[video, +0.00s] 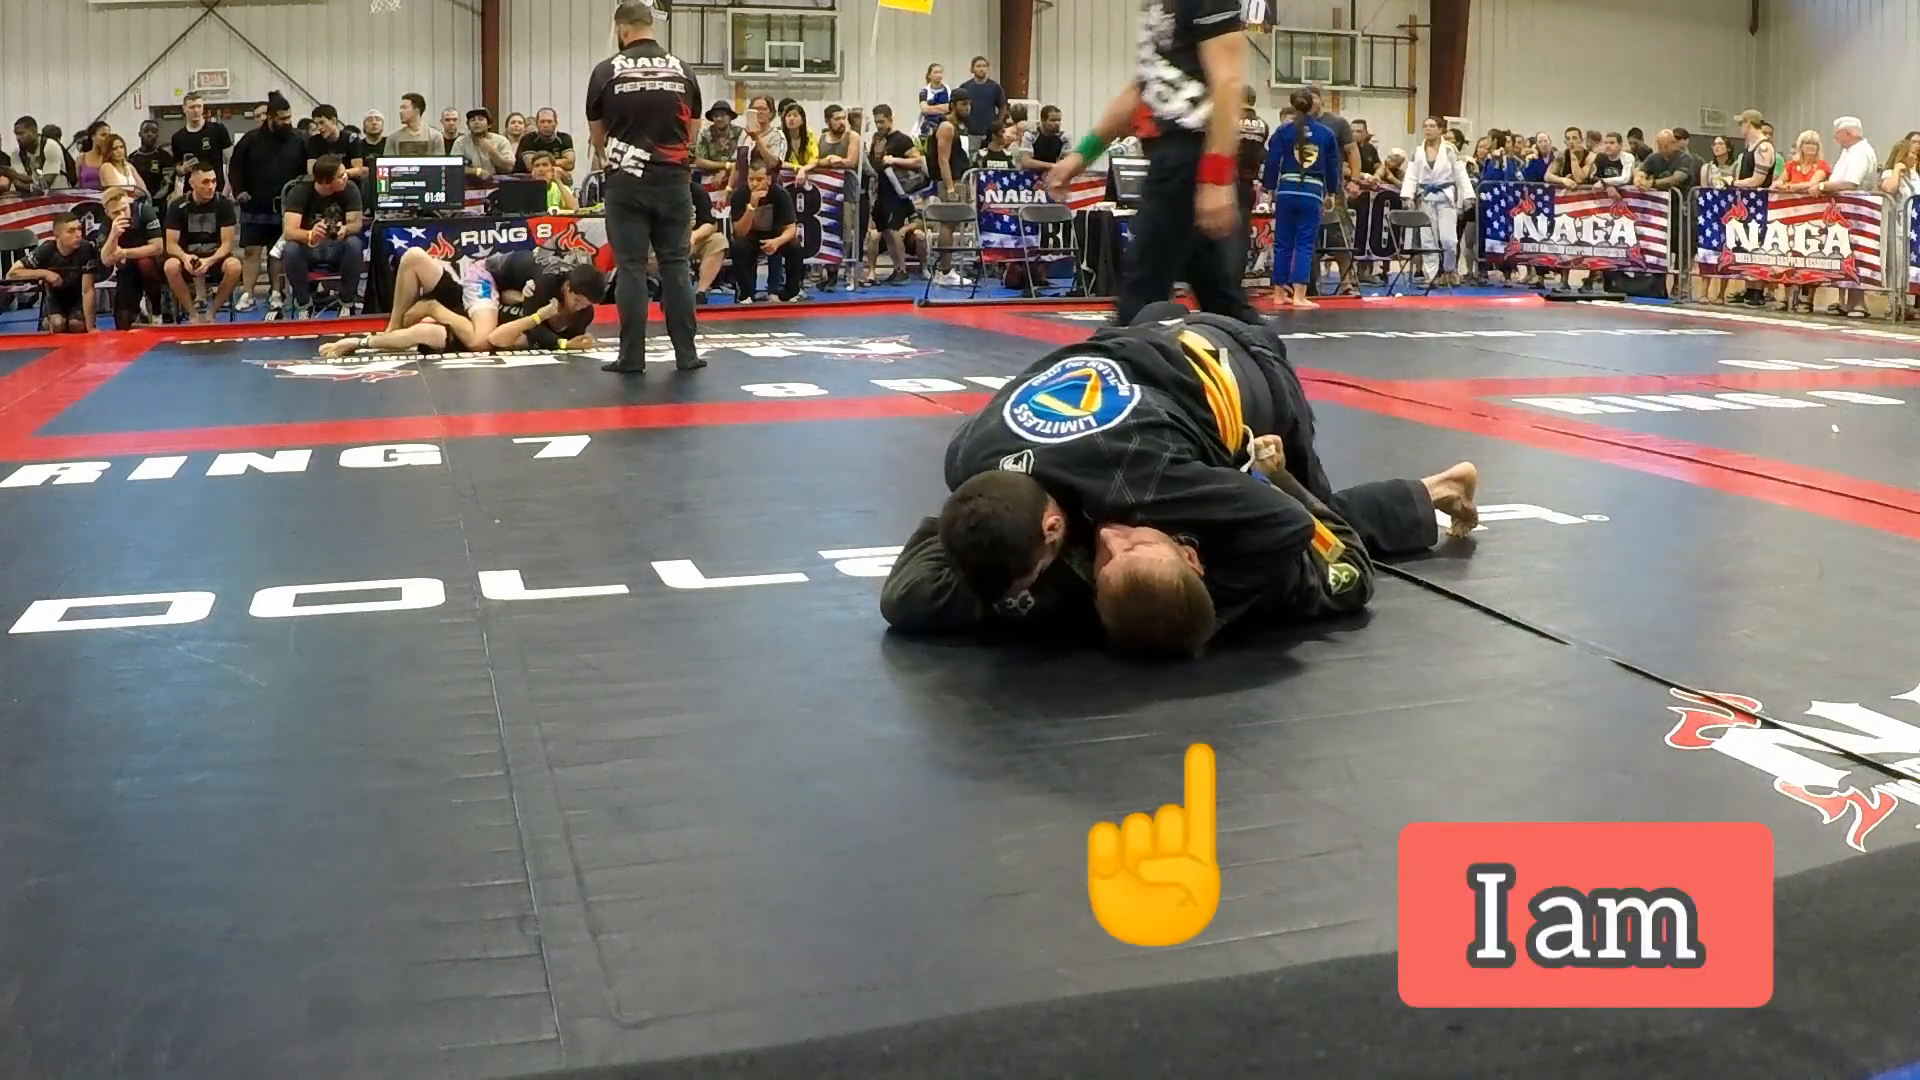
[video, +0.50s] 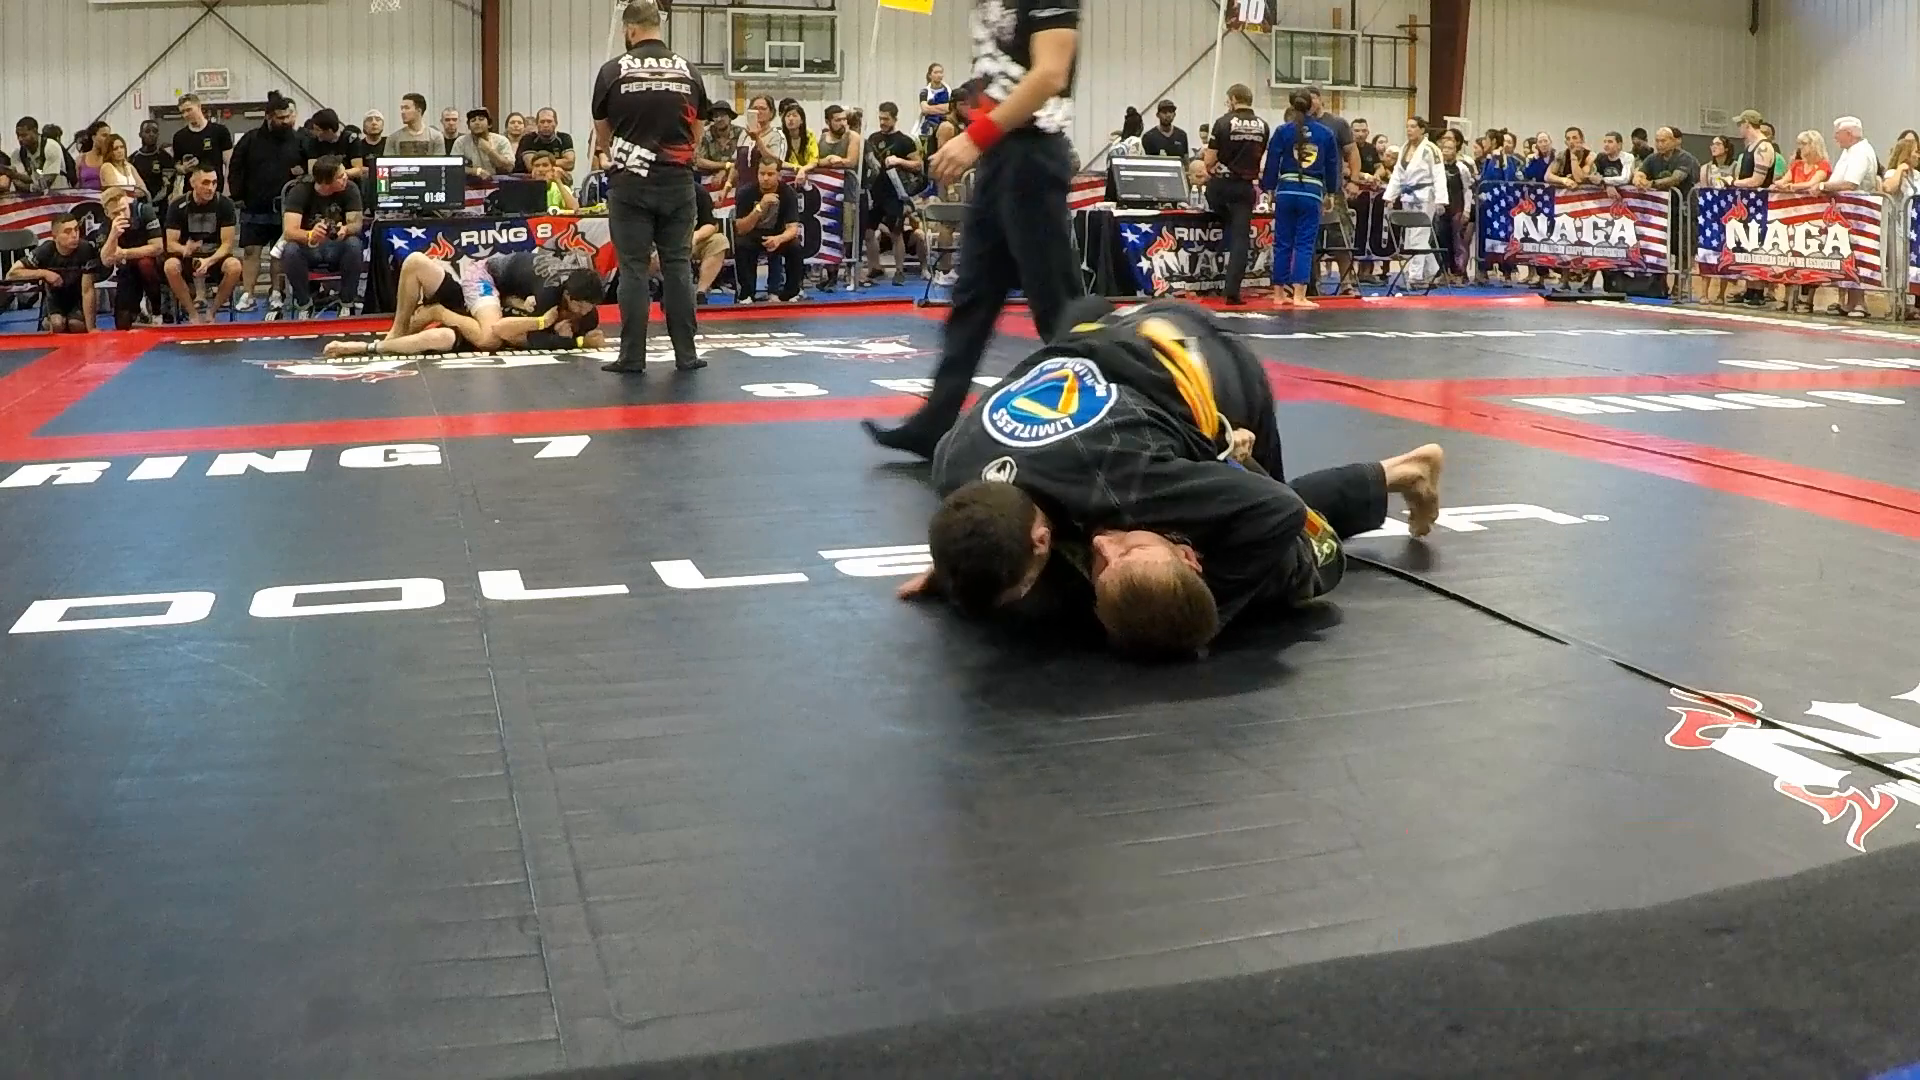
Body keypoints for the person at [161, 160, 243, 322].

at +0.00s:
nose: (211, 186)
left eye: (213, 181)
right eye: (205, 182)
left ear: (216, 181)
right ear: (192, 183)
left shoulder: (224, 204)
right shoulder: (178, 205)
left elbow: (227, 243)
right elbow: (171, 244)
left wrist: (210, 260)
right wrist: (184, 257)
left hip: (214, 257)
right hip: (188, 258)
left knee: (235, 266)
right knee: (170, 266)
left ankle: (211, 314)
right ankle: (193, 315)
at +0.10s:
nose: (211, 186)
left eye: (213, 181)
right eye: (205, 182)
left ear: (216, 181)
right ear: (192, 183)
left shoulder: (224, 204)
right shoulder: (178, 205)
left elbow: (227, 243)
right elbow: (171, 244)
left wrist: (210, 260)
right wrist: (184, 257)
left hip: (214, 257)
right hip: (188, 259)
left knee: (235, 266)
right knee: (171, 266)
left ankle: (211, 314)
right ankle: (193, 315)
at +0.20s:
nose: (211, 186)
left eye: (213, 181)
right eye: (205, 182)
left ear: (217, 181)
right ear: (192, 183)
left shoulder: (224, 203)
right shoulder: (177, 205)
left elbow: (227, 243)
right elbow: (171, 244)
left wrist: (209, 261)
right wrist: (185, 257)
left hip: (214, 257)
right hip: (188, 259)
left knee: (234, 266)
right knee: (171, 266)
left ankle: (211, 314)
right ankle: (193, 315)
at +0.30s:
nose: (211, 187)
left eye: (213, 181)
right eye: (205, 182)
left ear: (217, 181)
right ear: (192, 183)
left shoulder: (224, 204)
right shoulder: (177, 205)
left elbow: (227, 243)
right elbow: (171, 244)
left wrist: (209, 261)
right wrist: (185, 257)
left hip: (214, 256)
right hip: (188, 258)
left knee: (234, 266)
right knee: (171, 266)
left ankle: (211, 314)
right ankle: (193, 315)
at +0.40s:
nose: (210, 187)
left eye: (213, 182)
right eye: (205, 182)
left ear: (217, 182)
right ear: (192, 183)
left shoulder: (224, 204)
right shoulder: (177, 206)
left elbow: (227, 243)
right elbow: (170, 244)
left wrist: (210, 261)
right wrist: (185, 257)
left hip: (215, 255)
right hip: (187, 256)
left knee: (234, 267)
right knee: (171, 266)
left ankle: (211, 314)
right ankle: (193, 316)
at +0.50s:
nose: (210, 188)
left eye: (213, 183)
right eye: (205, 183)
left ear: (217, 183)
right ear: (193, 183)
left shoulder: (225, 204)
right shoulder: (178, 205)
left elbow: (227, 243)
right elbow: (170, 243)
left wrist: (209, 261)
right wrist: (185, 250)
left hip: (215, 255)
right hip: (189, 256)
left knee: (234, 266)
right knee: (170, 266)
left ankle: (211, 313)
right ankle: (193, 316)